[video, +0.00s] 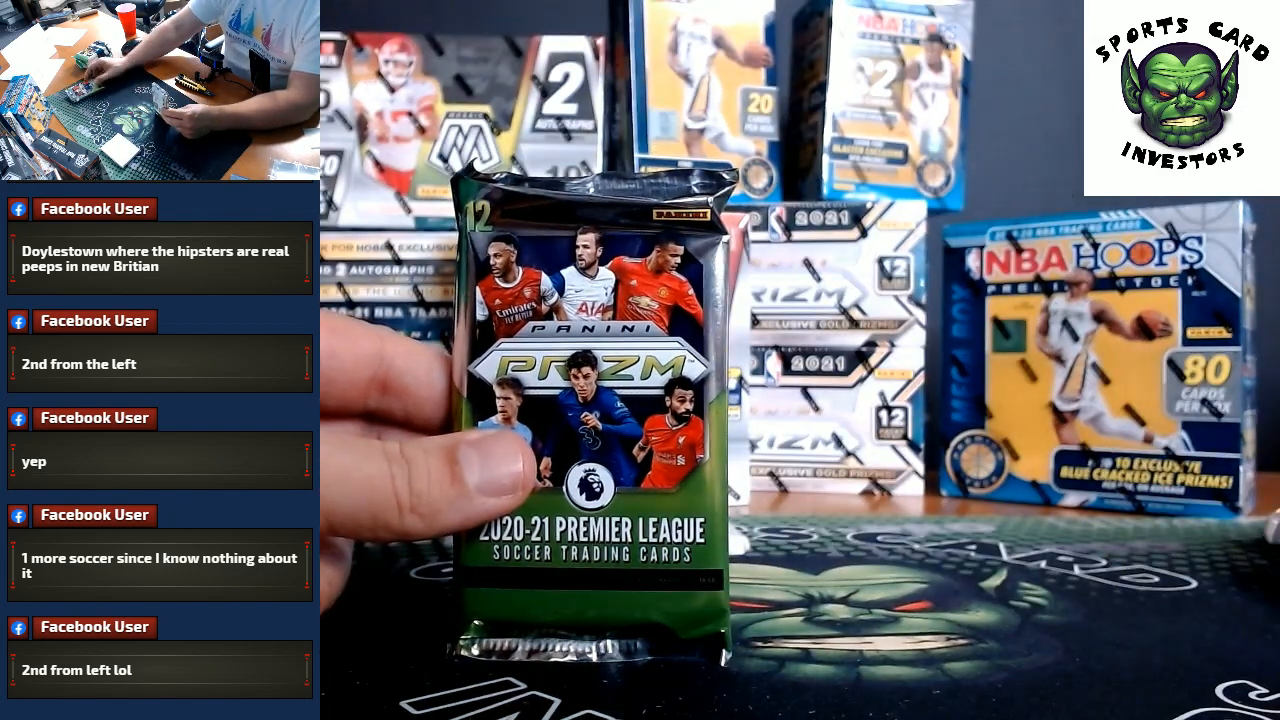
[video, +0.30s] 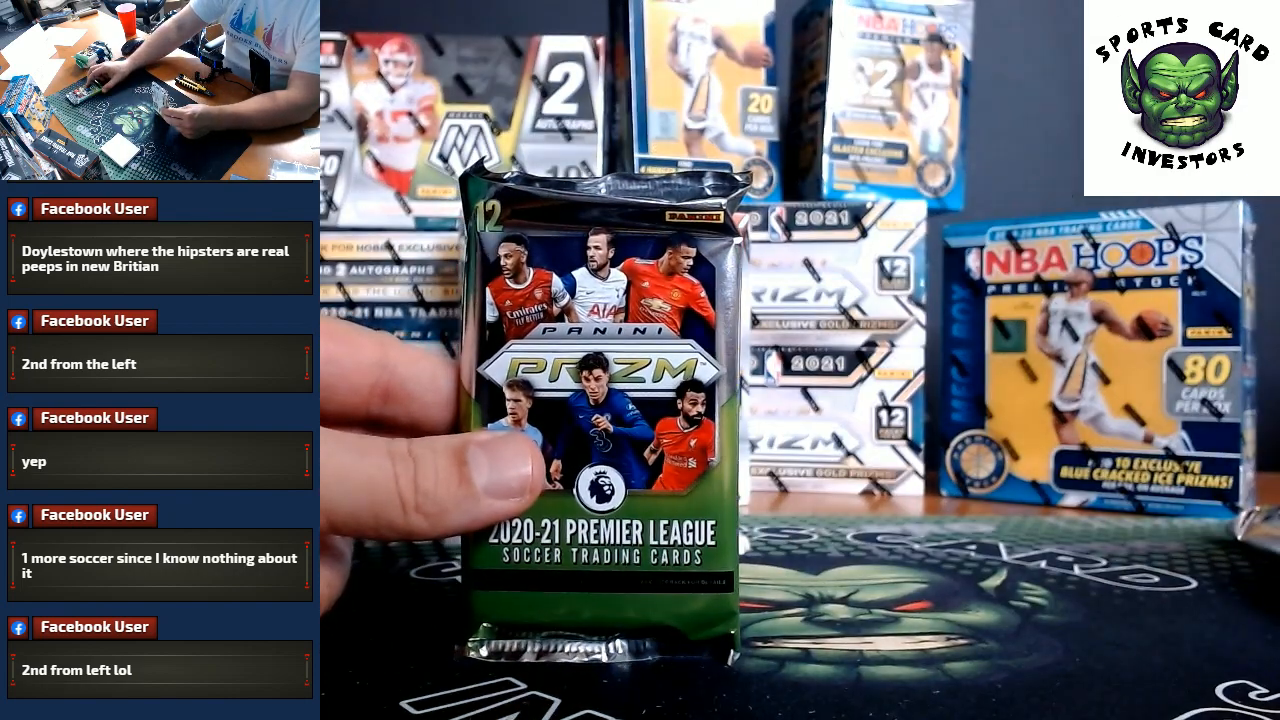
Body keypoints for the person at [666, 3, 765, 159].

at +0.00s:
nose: (694, 11)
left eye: (697, 8)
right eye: (688, 7)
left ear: (702, 8)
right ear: (683, 6)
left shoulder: (712, 31)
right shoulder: (679, 25)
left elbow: (734, 54)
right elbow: (671, 53)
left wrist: (756, 59)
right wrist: (678, 70)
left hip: (706, 84)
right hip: (692, 85)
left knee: (692, 138)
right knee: (724, 142)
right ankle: (757, 152)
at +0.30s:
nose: (695, 11)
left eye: (698, 8)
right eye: (690, 7)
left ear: (704, 8)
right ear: (685, 7)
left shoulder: (712, 31)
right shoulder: (679, 25)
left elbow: (734, 54)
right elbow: (671, 53)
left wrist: (756, 59)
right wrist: (678, 70)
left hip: (706, 84)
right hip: (691, 85)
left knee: (692, 139)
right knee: (724, 142)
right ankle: (757, 152)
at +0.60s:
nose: (694, 11)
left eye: (698, 8)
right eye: (689, 7)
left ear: (703, 8)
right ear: (684, 6)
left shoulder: (712, 31)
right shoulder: (679, 25)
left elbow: (734, 54)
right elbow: (671, 53)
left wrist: (757, 59)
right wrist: (678, 70)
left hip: (706, 84)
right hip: (692, 85)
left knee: (692, 138)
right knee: (724, 142)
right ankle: (758, 152)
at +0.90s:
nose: (695, 11)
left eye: (698, 8)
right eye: (690, 6)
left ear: (704, 8)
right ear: (684, 6)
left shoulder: (712, 31)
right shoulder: (679, 25)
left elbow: (735, 54)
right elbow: (671, 53)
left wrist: (758, 59)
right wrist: (678, 70)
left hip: (706, 83)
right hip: (692, 85)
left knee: (692, 138)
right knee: (724, 142)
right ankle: (758, 153)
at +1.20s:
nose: (694, 11)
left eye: (697, 8)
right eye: (688, 7)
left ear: (702, 8)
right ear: (683, 7)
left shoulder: (712, 31)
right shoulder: (679, 25)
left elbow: (734, 54)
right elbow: (671, 53)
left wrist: (757, 59)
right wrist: (678, 70)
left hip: (706, 84)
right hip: (692, 85)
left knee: (692, 138)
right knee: (724, 142)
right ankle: (758, 153)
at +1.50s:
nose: (694, 11)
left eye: (697, 8)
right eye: (689, 7)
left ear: (703, 8)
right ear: (684, 6)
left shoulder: (712, 31)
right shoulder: (679, 25)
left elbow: (734, 54)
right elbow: (671, 53)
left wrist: (757, 59)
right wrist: (678, 70)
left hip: (706, 84)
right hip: (692, 85)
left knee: (692, 138)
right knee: (724, 142)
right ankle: (757, 152)